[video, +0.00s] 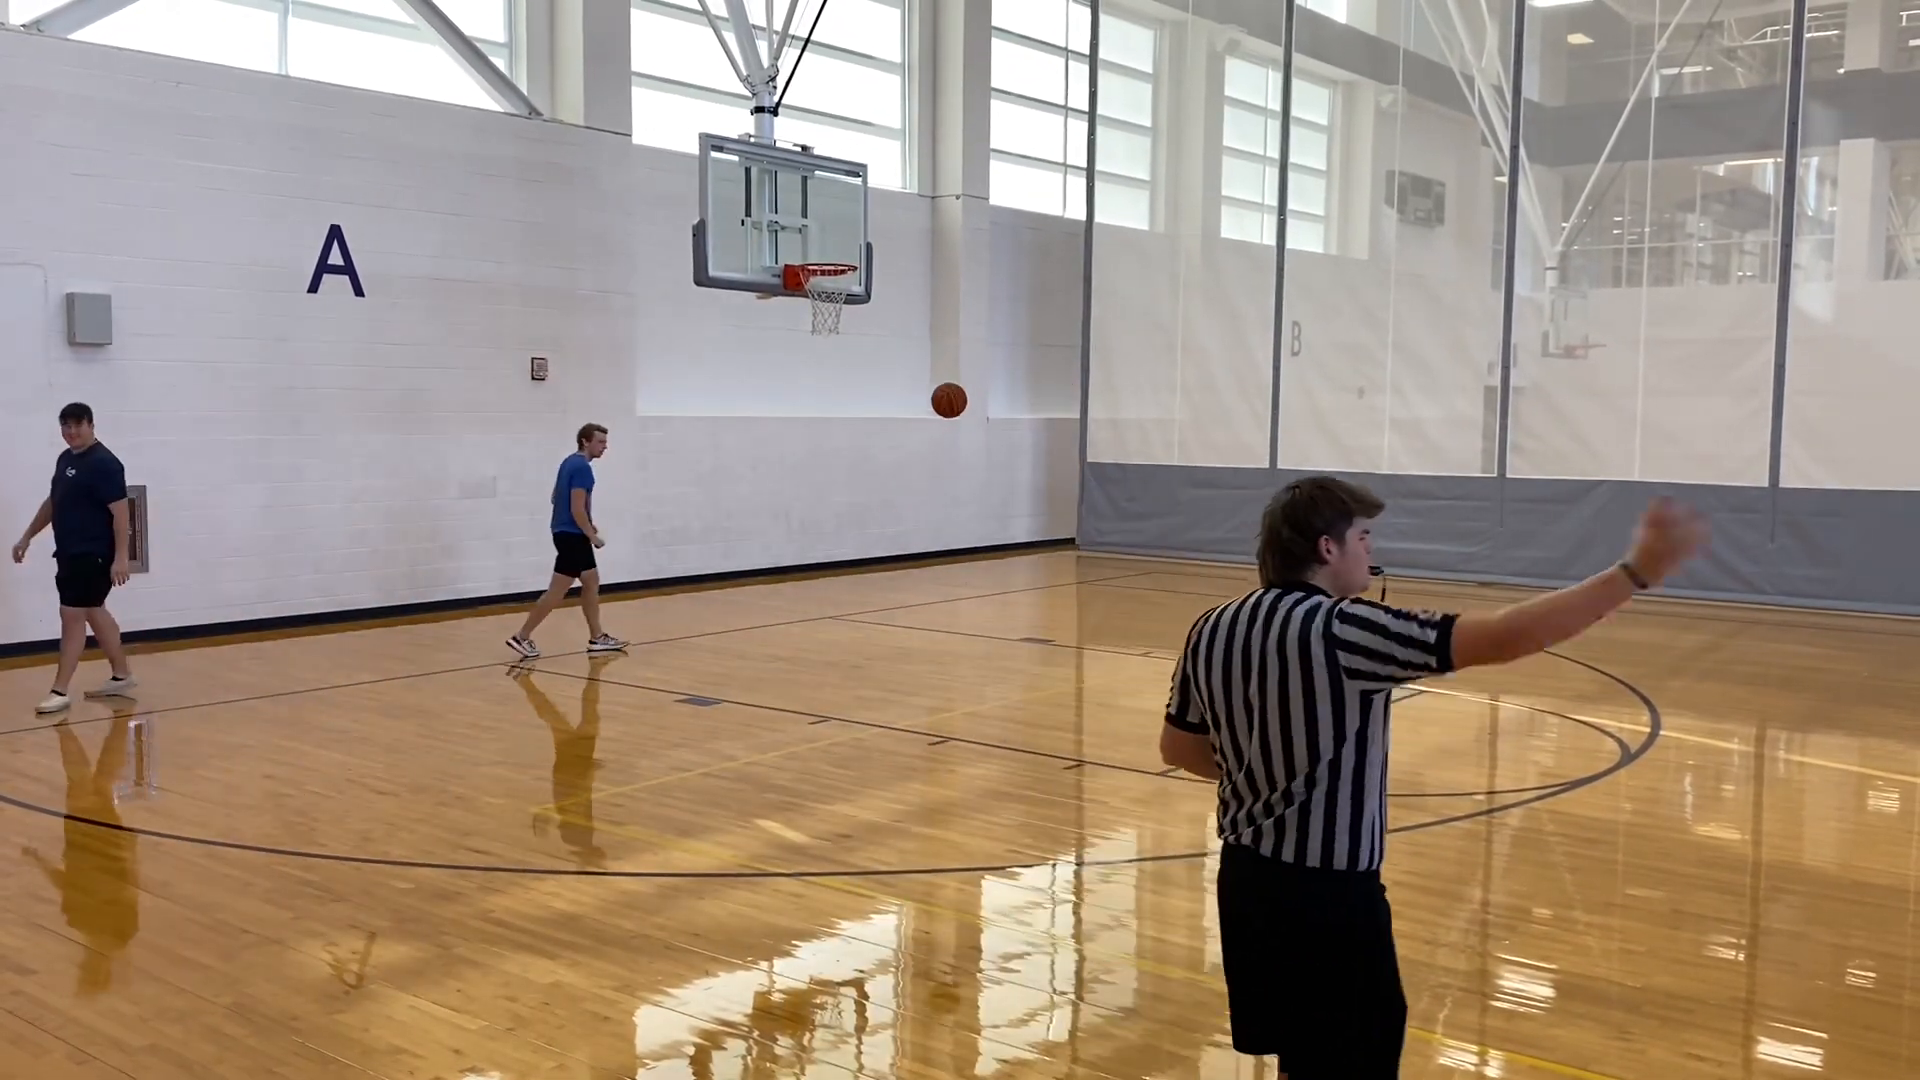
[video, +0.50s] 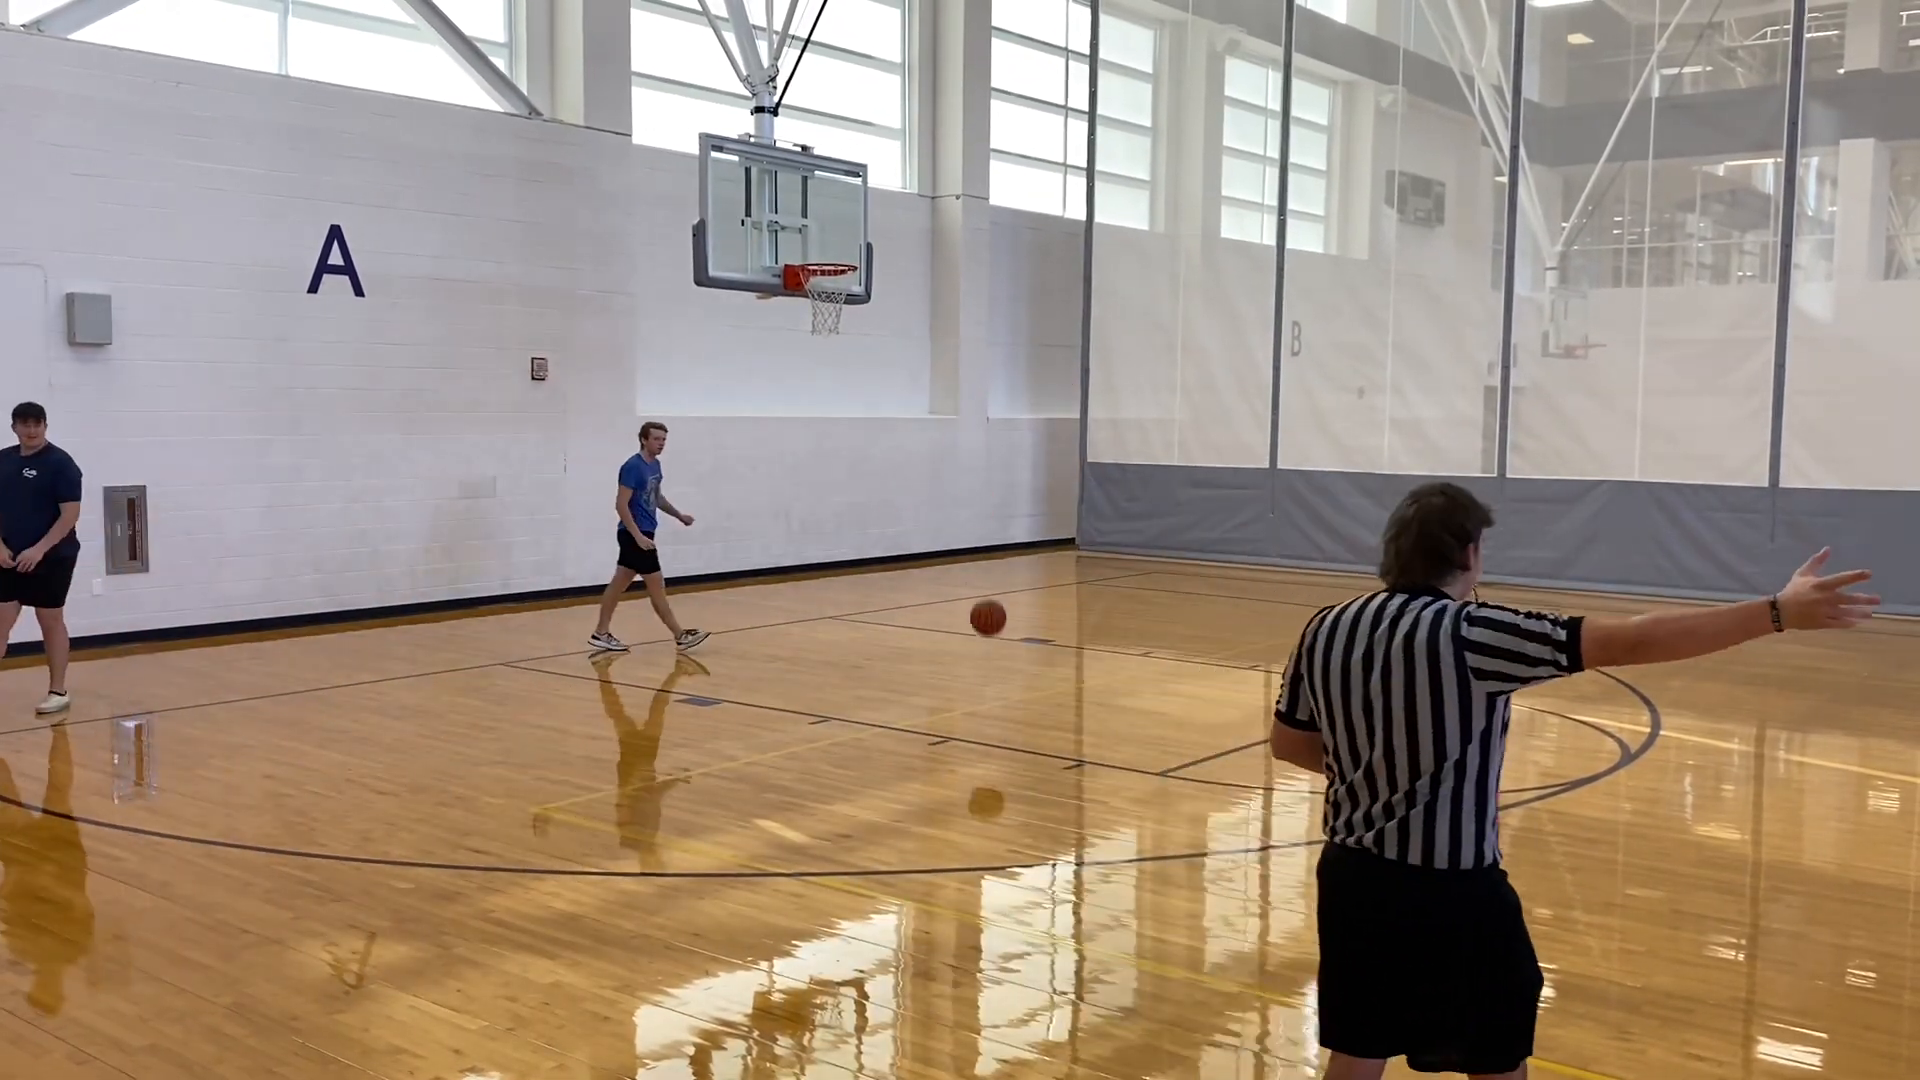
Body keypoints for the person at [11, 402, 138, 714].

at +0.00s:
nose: (69, 432)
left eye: (75, 426)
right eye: (65, 426)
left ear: (90, 426)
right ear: (62, 429)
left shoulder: (106, 464)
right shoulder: (66, 459)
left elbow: (121, 513)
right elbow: (53, 503)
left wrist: (121, 558)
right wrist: (26, 537)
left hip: (93, 554)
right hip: (69, 553)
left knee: (71, 616)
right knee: (95, 611)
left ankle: (60, 691)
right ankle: (122, 674)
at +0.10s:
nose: (62, 430)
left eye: (68, 424)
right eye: (57, 425)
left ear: (82, 425)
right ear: (53, 428)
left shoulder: (98, 463)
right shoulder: (53, 458)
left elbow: (110, 515)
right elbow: (44, 504)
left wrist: (109, 561)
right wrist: (23, 539)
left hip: (83, 552)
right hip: (54, 550)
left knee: (69, 614)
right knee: (58, 611)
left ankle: (59, 691)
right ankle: (108, 666)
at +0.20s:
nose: (55, 433)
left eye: (61, 427)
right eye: (50, 427)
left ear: (74, 426)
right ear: (45, 429)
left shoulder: (88, 464)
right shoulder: (40, 458)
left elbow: (99, 516)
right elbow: (33, 506)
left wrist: (88, 561)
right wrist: (27, 544)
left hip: (71, 553)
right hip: (40, 551)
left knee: (65, 619)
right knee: (26, 610)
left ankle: (59, 691)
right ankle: (85, 657)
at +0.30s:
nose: (48, 431)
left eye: (54, 425)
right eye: (42, 425)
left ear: (65, 426)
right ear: (35, 427)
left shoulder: (81, 465)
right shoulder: (29, 458)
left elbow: (86, 520)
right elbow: (17, 503)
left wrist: (67, 559)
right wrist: (16, 542)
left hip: (70, 550)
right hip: (33, 549)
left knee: (60, 617)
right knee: (8, 610)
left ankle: (60, 691)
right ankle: (49, 662)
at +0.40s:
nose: (39, 430)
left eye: (45, 424)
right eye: (33, 424)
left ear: (55, 426)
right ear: (25, 427)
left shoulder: (73, 464)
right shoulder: (16, 458)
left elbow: (75, 518)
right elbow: (3, 502)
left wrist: (48, 553)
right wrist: (7, 539)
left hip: (61, 551)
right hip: (21, 549)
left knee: (55, 619)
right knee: (3, 612)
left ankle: (58, 691)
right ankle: (8, 681)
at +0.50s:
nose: (30, 430)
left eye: (36, 424)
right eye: (24, 424)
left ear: (45, 426)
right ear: (14, 427)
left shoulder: (62, 464)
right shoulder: (3, 460)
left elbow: (70, 516)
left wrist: (38, 549)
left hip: (52, 553)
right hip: (9, 553)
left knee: (51, 620)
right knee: (3, 621)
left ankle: (58, 691)